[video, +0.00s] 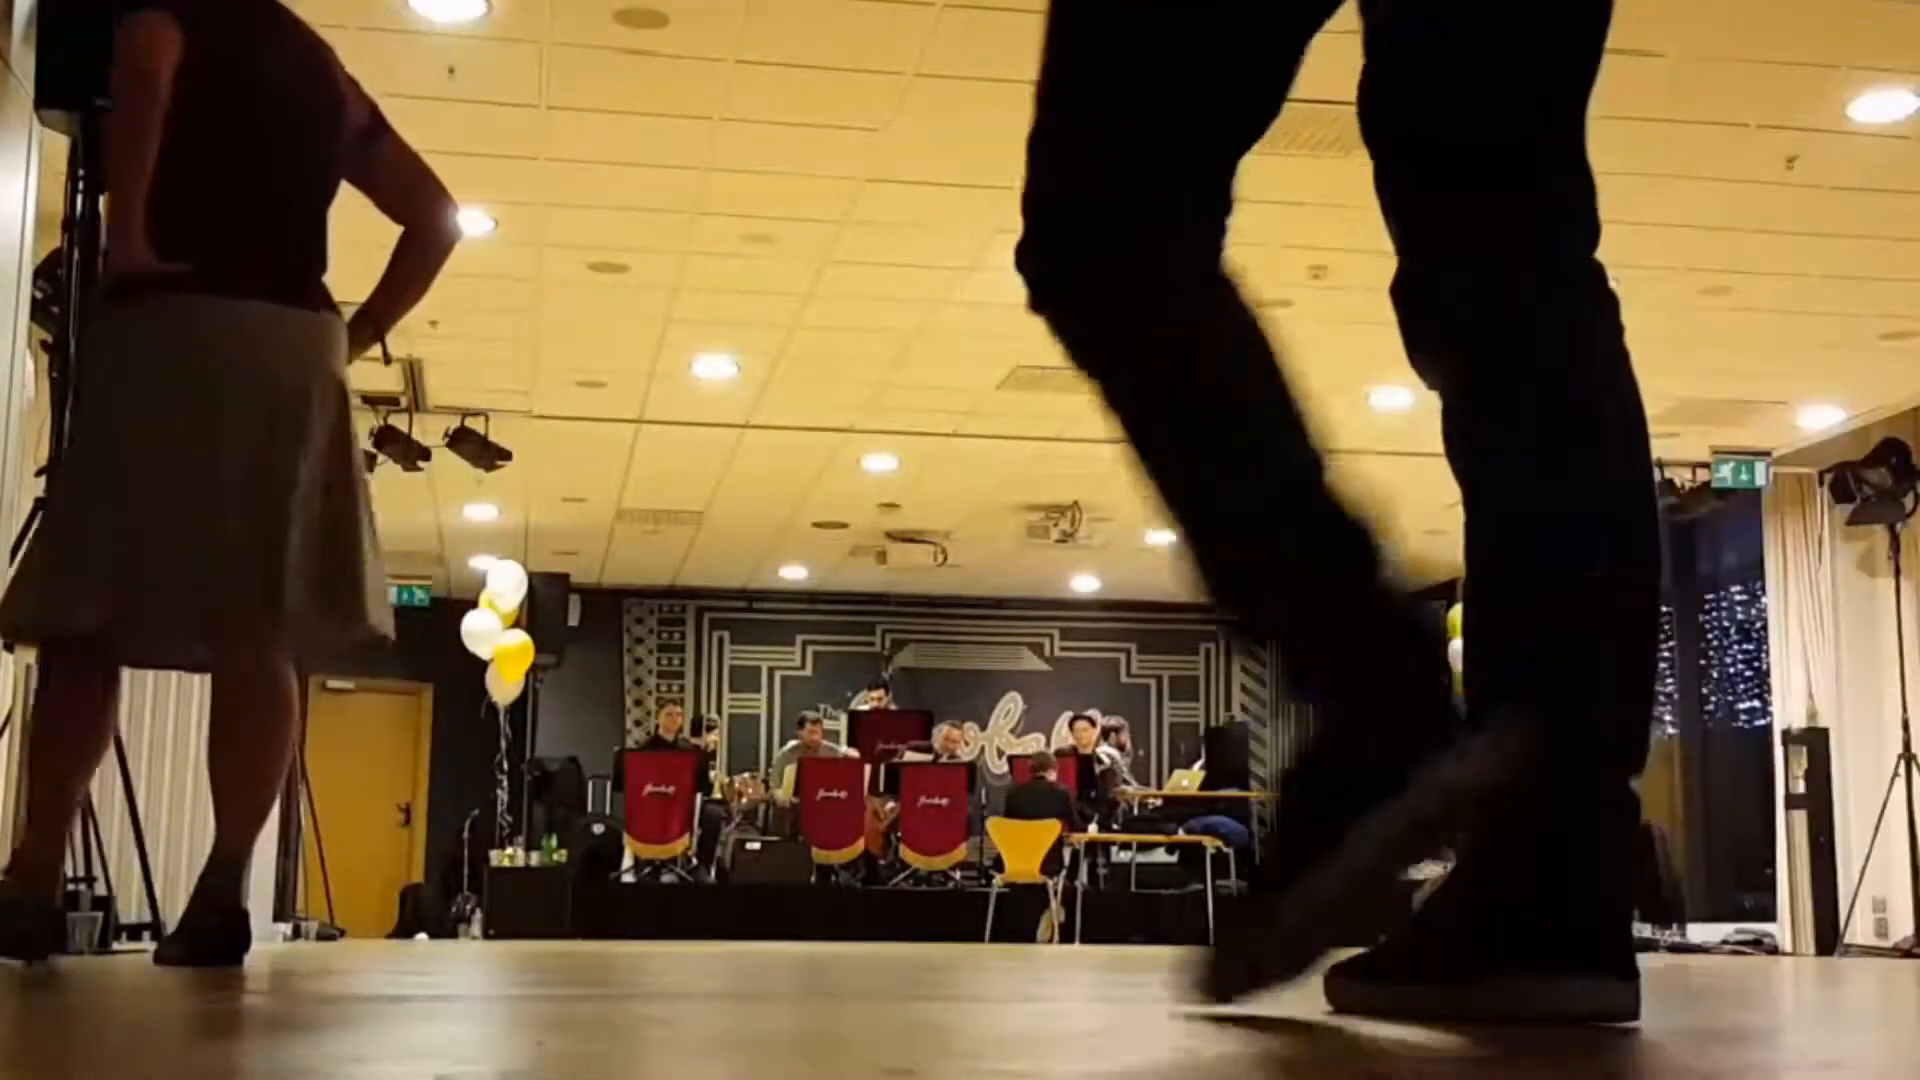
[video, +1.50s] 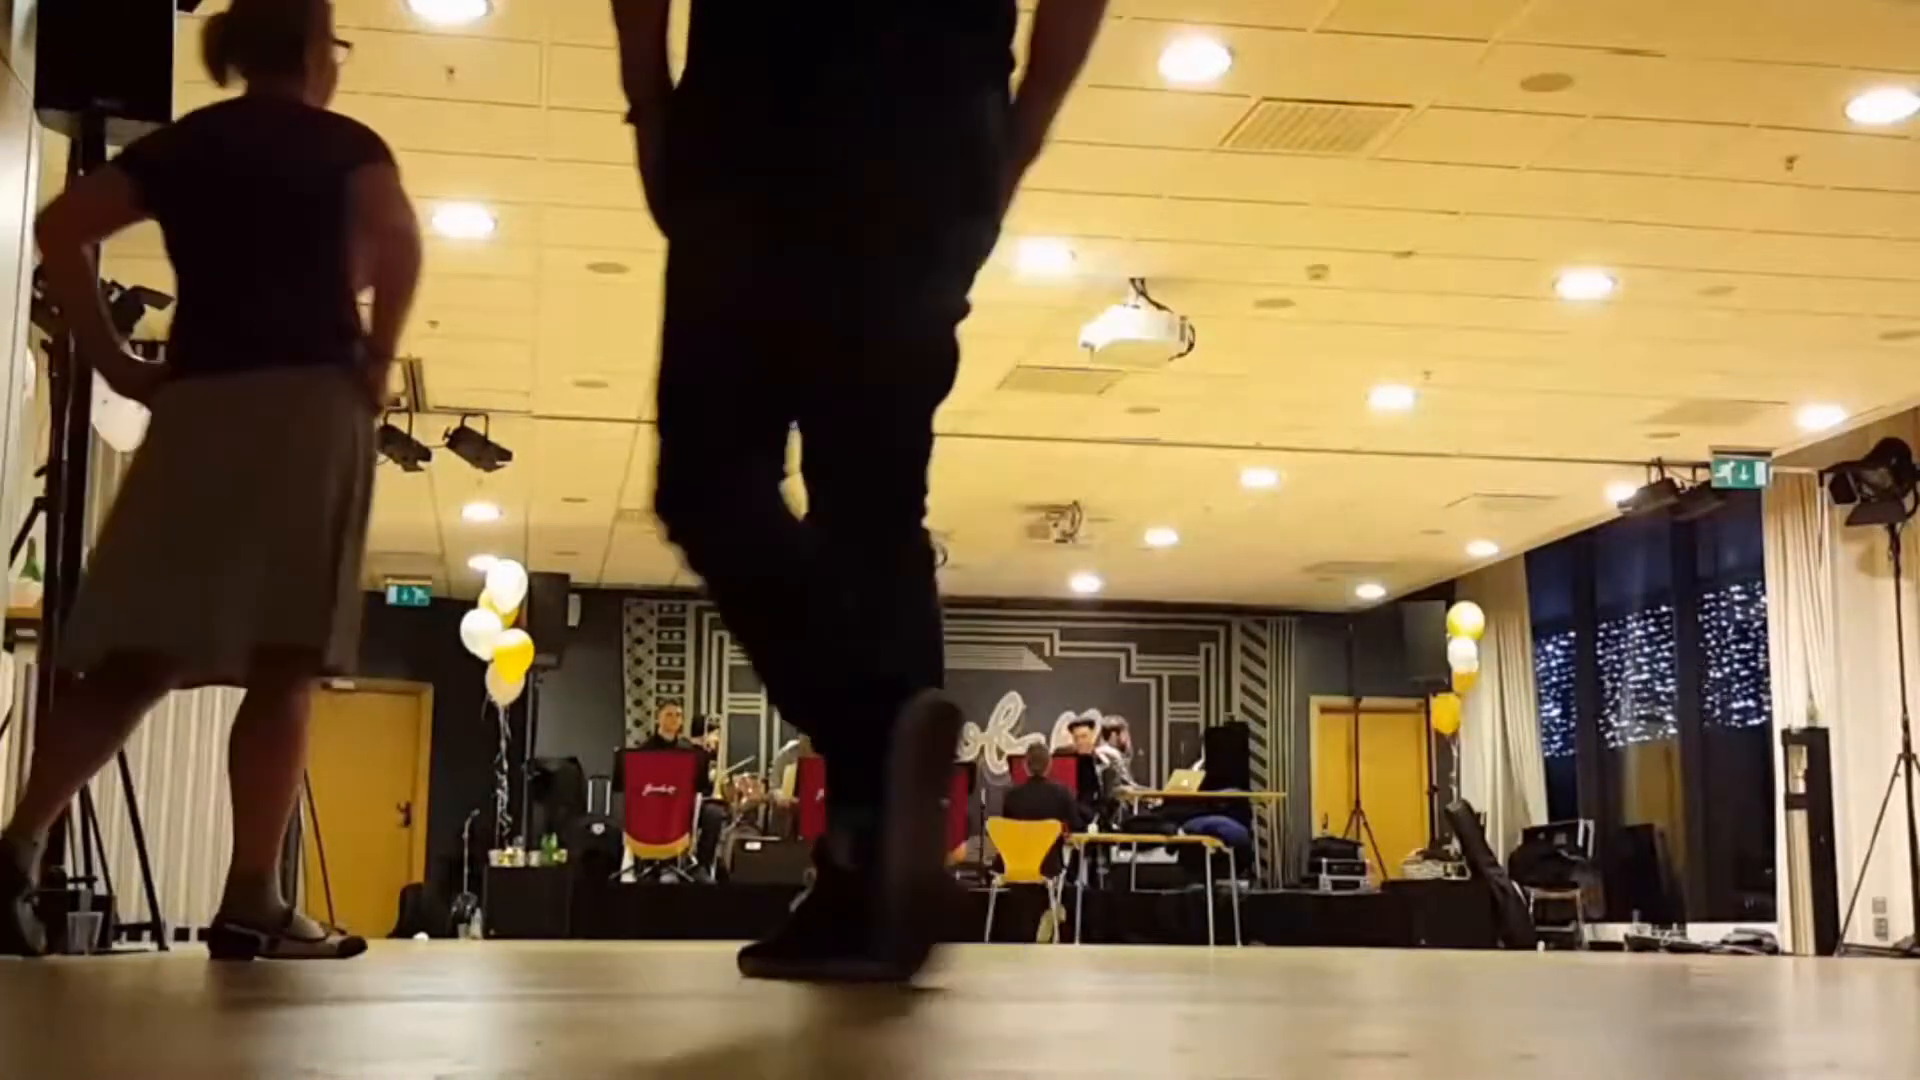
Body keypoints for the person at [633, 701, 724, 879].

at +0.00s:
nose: (673, 719)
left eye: (677, 715)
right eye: (669, 714)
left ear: (682, 720)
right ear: (658, 718)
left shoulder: (692, 751)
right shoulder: (646, 750)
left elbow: (704, 788)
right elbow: (636, 783)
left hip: (683, 806)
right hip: (653, 805)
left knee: (714, 814)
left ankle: (703, 866)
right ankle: (647, 866)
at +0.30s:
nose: (674, 719)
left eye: (678, 715)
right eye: (669, 715)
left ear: (682, 720)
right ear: (659, 718)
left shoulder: (693, 751)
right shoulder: (645, 750)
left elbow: (703, 787)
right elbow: (635, 783)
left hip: (683, 807)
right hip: (652, 806)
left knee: (714, 814)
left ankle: (704, 867)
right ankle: (645, 866)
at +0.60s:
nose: (674, 720)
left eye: (678, 715)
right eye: (669, 715)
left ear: (682, 720)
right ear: (658, 718)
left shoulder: (694, 751)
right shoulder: (644, 750)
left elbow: (704, 789)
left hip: (684, 808)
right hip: (651, 807)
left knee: (713, 813)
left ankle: (704, 867)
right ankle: (645, 866)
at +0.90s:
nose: (674, 719)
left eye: (678, 715)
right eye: (669, 714)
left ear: (682, 721)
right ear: (658, 718)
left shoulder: (695, 752)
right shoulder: (643, 751)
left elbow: (704, 788)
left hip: (684, 807)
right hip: (651, 806)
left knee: (713, 813)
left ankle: (704, 867)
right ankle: (645, 866)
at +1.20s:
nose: (673, 720)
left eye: (677, 715)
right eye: (668, 715)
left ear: (682, 720)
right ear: (658, 718)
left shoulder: (693, 751)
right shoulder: (645, 750)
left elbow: (704, 789)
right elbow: (636, 784)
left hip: (684, 807)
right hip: (652, 805)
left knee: (714, 815)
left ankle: (704, 867)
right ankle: (644, 867)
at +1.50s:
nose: (673, 720)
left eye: (677, 715)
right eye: (668, 715)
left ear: (682, 720)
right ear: (658, 718)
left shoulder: (693, 751)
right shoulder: (645, 750)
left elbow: (704, 789)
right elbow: (636, 784)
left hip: (684, 807)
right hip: (652, 805)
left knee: (714, 815)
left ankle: (704, 866)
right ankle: (644, 866)